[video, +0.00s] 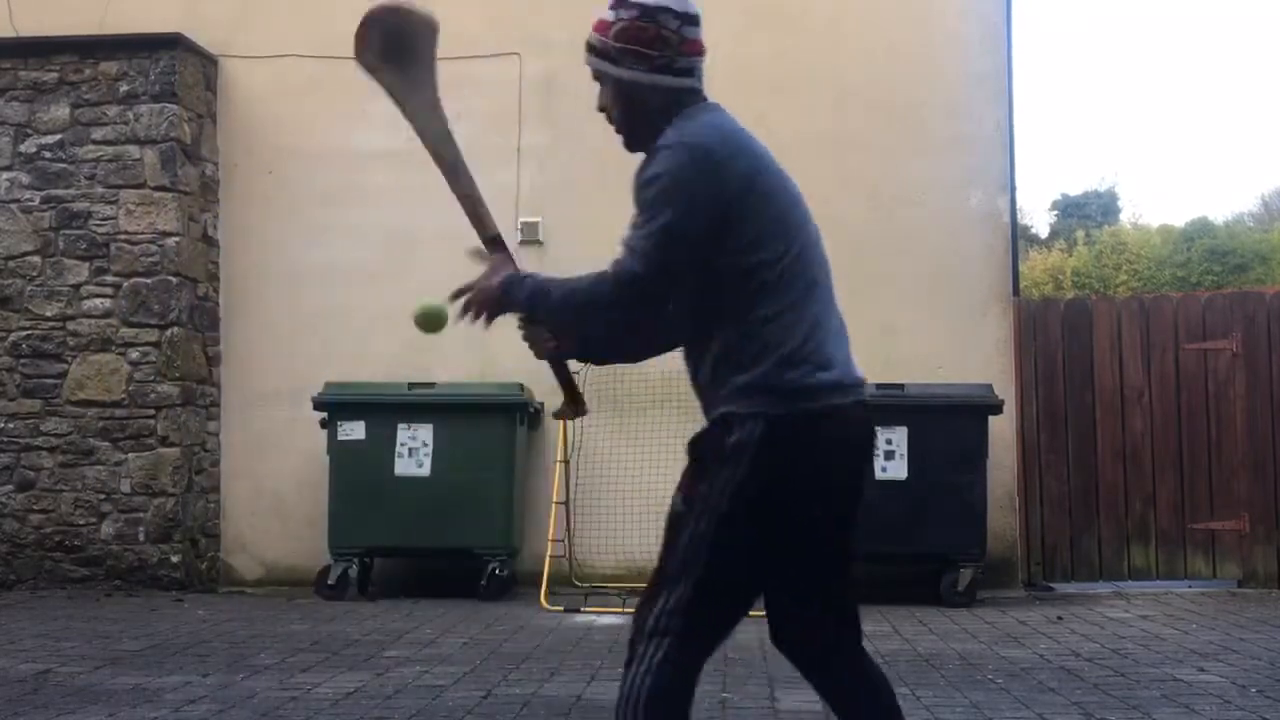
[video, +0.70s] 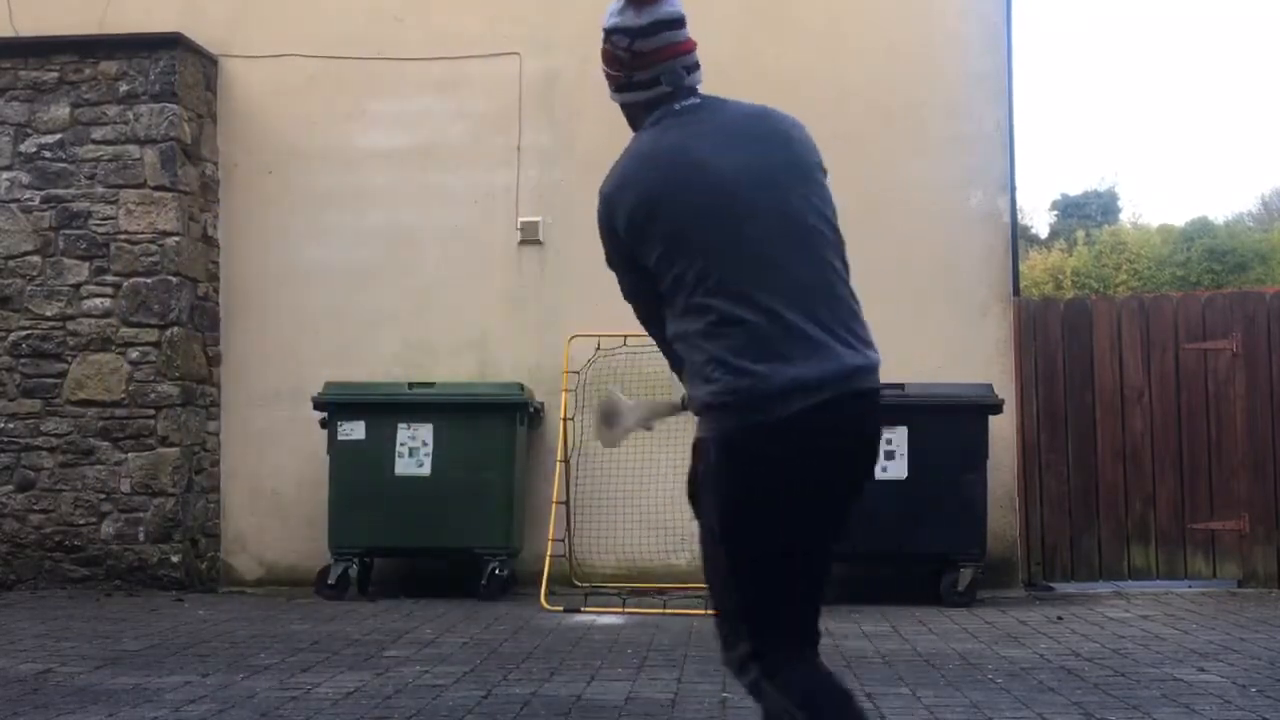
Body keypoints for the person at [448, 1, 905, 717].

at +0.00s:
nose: (600, 104)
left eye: (603, 83)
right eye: (598, 84)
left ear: (639, 81)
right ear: (670, 77)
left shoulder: (685, 155)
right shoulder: (723, 146)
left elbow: (639, 294)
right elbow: (669, 316)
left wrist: (519, 287)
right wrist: (572, 333)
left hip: (768, 428)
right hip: (830, 421)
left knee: (668, 639)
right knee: (817, 635)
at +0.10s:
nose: (615, 112)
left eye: (619, 90)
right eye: (613, 92)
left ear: (661, 86)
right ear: (683, 82)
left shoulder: (727, 153)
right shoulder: (730, 155)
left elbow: (678, 284)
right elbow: (667, 320)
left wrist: (571, 252)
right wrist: (585, 304)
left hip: (801, 421)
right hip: (850, 418)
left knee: (673, 613)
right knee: (806, 622)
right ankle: (887, 718)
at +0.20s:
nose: (630, 121)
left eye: (632, 99)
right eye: (625, 103)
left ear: (668, 89)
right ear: (697, 81)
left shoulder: (751, 137)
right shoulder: (732, 155)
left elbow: (701, 248)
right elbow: (661, 288)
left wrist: (598, 185)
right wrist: (585, 243)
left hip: (825, 414)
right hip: (869, 411)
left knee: (707, 606)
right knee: (829, 614)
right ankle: (908, 716)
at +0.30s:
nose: (636, 136)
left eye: (636, 114)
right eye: (631, 117)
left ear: (661, 98)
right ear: (703, 81)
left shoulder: (729, 143)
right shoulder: (741, 142)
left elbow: (685, 288)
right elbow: (681, 291)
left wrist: (592, 220)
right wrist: (565, 256)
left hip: (854, 412)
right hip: (896, 399)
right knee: (882, 623)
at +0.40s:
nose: (632, 150)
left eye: (632, 131)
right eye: (626, 131)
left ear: (654, 121)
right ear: (698, 100)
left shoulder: (697, 198)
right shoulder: (766, 143)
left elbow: (709, 360)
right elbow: (736, 289)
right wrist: (627, 310)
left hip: (870, 417)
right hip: (931, 391)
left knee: (846, 649)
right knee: (881, 627)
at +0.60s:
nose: (625, 121)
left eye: (622, 105)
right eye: (625, 99)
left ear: (626, 107)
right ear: (699, 80)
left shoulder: (657, 201)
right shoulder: (791, 129)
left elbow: (672, 339)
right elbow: (800, 277)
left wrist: (688, 418)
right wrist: (721, 384)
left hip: (815, 428)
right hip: (910, 401)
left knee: (835, 647)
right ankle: (821, 705)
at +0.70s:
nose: (609, 83)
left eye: (608, 72)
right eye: (615, 69)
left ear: (617, 80)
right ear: (693, 63)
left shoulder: (625, 189)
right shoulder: (784, 129)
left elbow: (665, 324)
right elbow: (814, 269)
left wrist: (717, 391)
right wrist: (714, 378)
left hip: (752, 425)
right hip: (852, 405)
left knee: (761, 650)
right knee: (790, 637)